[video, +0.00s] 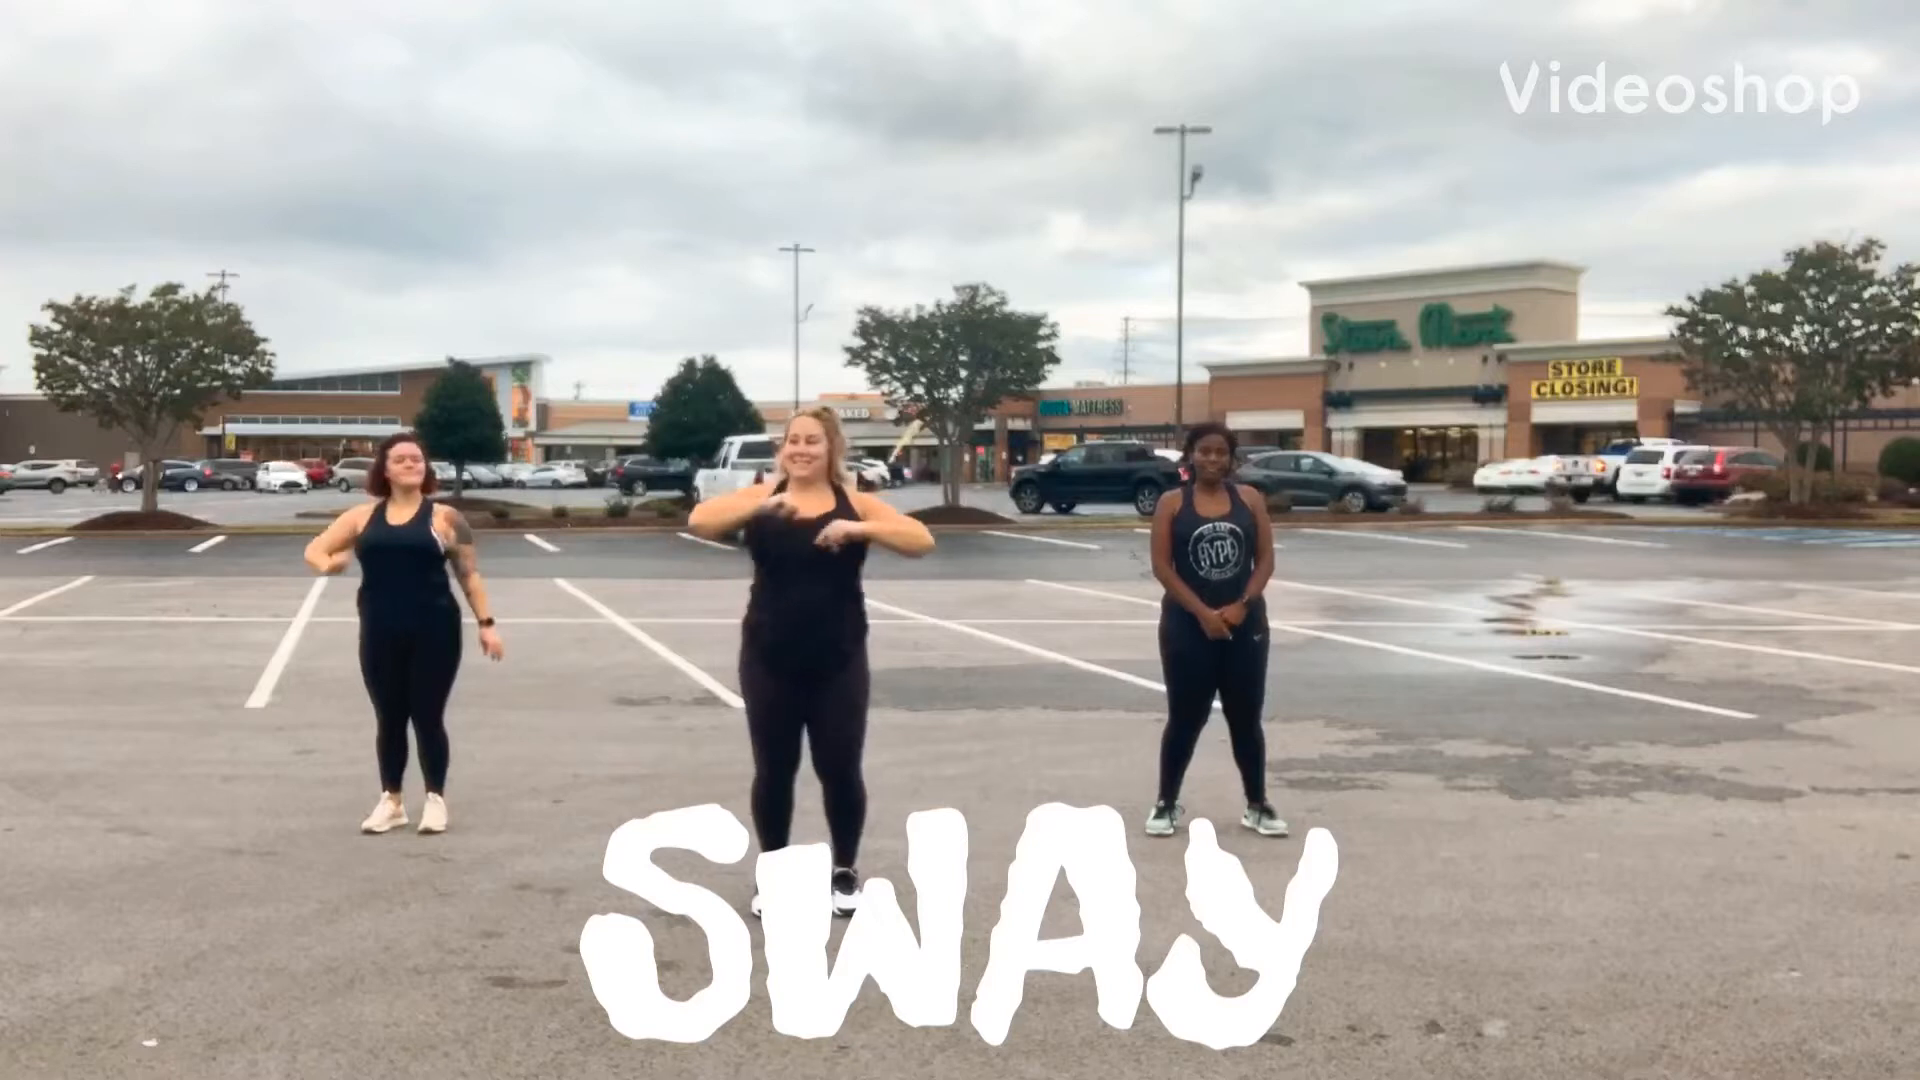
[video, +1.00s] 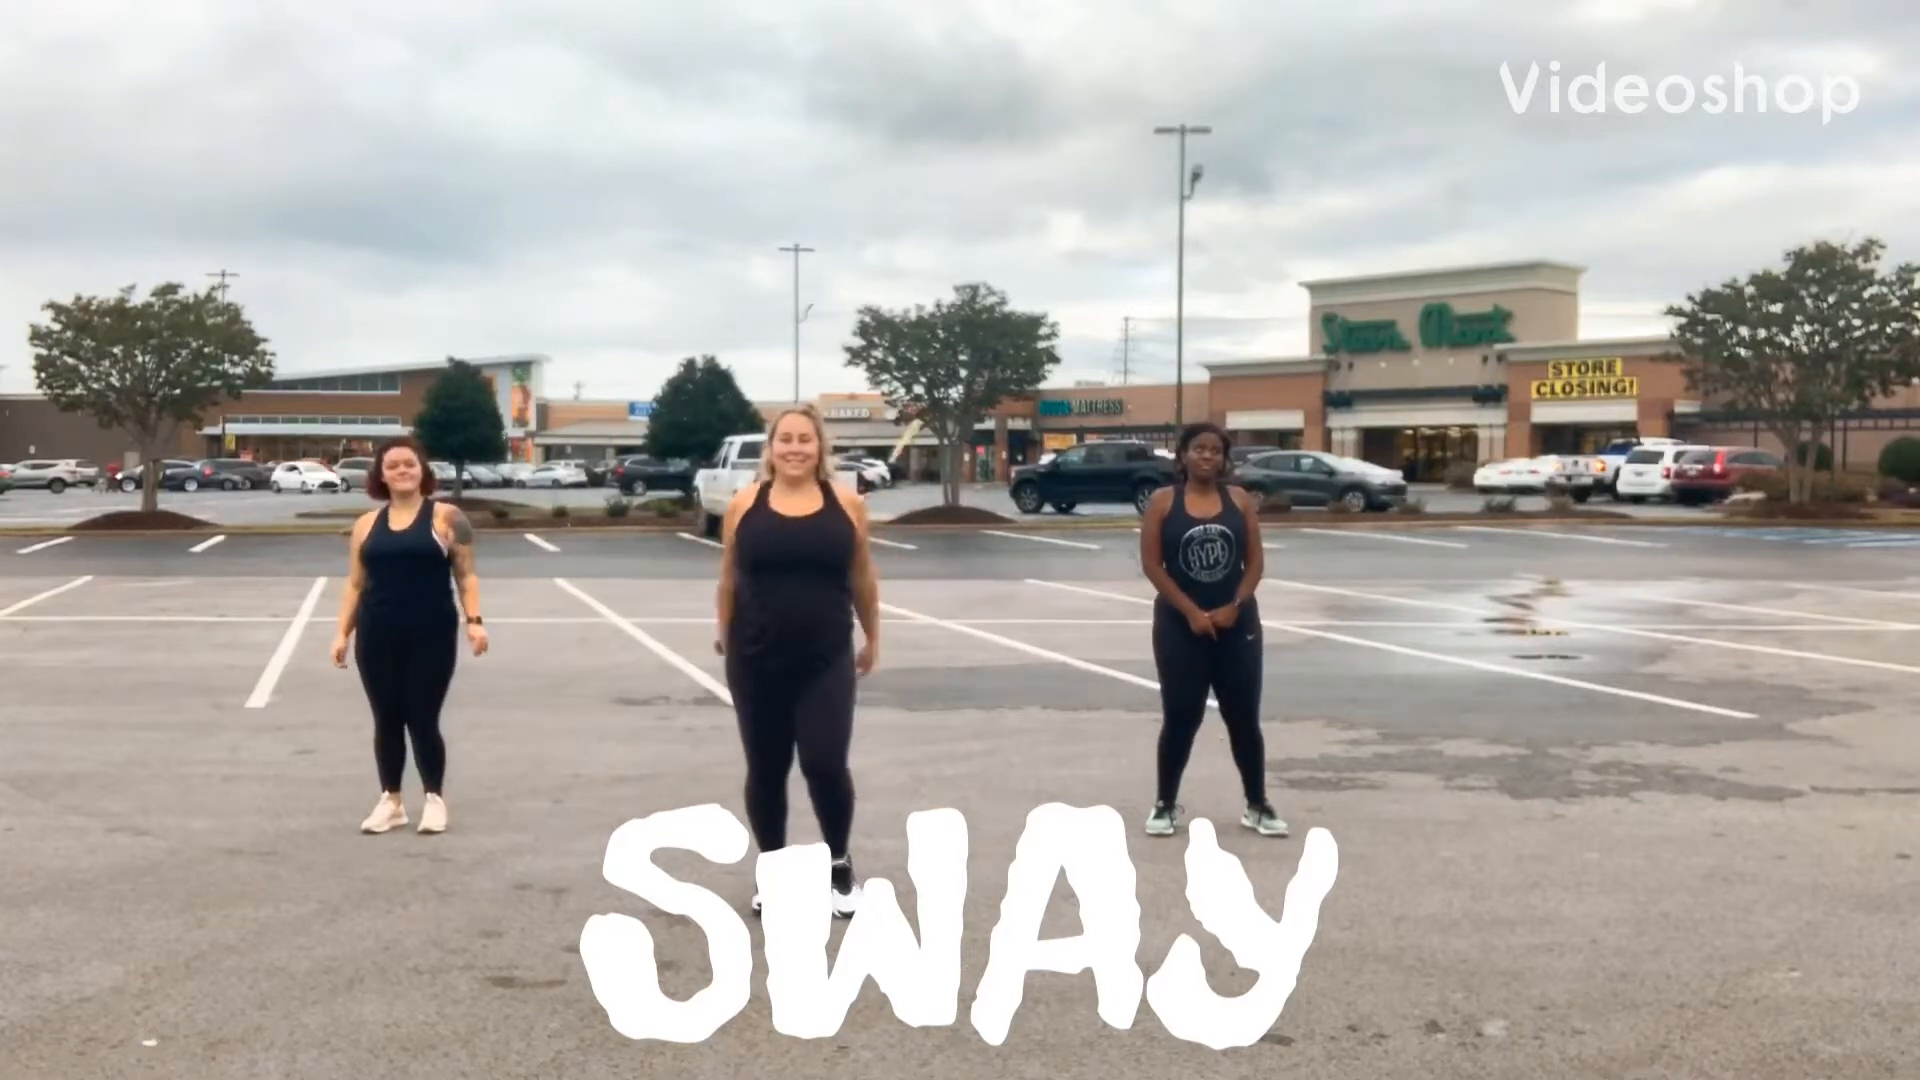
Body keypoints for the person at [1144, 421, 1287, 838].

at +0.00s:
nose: (1212, 459)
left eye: (1220, 452)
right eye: (1205, 451)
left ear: (1231, 457)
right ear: (1191, 457)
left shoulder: (1250, 498)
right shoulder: (1172, 503)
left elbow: (1266, 561)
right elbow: (1161, 567)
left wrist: (1244, 603)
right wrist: (1202, 612)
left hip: (1244, 623)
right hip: (1186, 624)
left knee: (1246, 720)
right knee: (1185, 719)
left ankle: (1257, 805)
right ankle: (1166, 804)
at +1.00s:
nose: (1207, 457)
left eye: (1215, 451)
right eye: (1199, 449)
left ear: (1224, 458)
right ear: (1183, 455)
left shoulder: (1240, 500)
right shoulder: (1163, 501)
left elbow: (1255, 561)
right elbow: (1152, 565)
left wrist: (1235, 605)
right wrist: (1191, 610)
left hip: (1237, 622)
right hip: (1179, 624)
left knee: (1245, 720)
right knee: (1181, 720)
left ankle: (1257, 805)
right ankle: (1165, 805)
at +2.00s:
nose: (1209, 456)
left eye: (1216, 451)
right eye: (1201, 449)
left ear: (1226, 460)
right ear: (1185, 457)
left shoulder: (1240, 502)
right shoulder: (1164, 505)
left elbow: (1258, 562)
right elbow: (1151, 570)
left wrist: (1273, 615)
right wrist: (1158, 626)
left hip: (1234, 625)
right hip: (1179, 627)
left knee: (1247, 717)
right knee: (1177, 717)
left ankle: (1257, 805)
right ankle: (1164, 805)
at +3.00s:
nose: (1216, 453)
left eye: (1223, 447)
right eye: (1207, 448)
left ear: (1235, 456)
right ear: (1193, 459)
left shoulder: (1254, 500)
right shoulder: (1176, 504)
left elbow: (1271, 562)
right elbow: (1158, 569)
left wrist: (1269, 614)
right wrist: (1148, 625)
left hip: (1244, 628)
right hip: (1187, 628)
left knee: (1252, 720)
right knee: (1184, 718)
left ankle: (1258, 806)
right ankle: (1164, 805)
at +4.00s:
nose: (1238, 451)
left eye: (1244, 444)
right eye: (1229, 447)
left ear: (1255, 453)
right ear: (1216, 459)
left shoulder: (1276, 496)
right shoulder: (1199, 503)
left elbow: (1303, 555)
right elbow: (1183, 561)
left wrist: (1273, 571)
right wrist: (1188, 588)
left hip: (1265, 623)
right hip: (1211, 623)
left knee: (1258, 715)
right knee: (1217, 713)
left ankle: (1258, 807)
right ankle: (1217, 803)